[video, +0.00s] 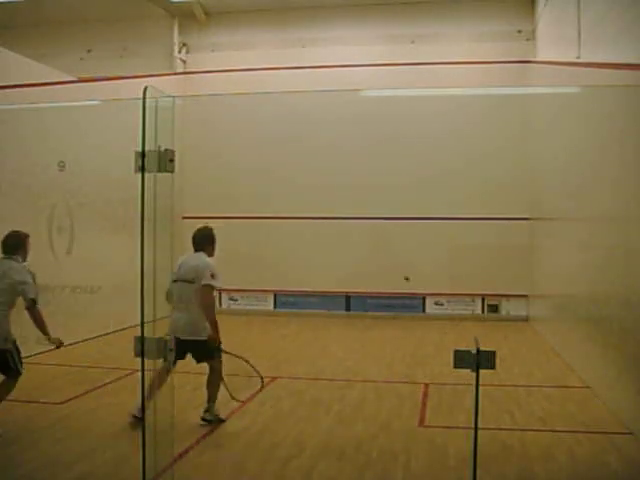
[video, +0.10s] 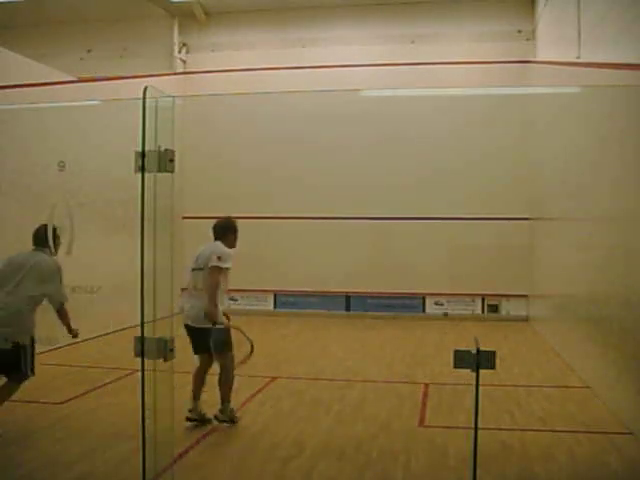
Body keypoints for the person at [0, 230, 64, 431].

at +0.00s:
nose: (28, 251)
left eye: (27, 247)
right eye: (26, 247)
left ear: (6, 247)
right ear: (20, 249)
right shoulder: (21, 273)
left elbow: (31, 308)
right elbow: (32, 307)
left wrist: (48, 336)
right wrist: (48, 336)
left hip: (4, 334)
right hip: (3, 335)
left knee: (13, 371)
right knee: (13, 371)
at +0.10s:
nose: (59, 246)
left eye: (58, 242)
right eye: (57, 242)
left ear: (34, 241)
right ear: (52, 243)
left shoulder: (13, 259)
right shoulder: (49, 265)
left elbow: (2, 282)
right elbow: (58, 302)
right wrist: (69, 328)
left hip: (1, 322)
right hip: (18, 326)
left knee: (10, 373)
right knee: (18, 376)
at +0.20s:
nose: (87, 235)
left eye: (87, 231)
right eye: (86, 231)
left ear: (65, 230)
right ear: (78, 231)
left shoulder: (41, 250)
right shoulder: (79, 254)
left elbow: (20, 281)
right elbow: (86, 288)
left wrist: (12, 312)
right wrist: (89, 309)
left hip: (31, 315)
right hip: (52, 318)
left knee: (55, 357)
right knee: (36, 367)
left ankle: (58, 403)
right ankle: (5, 403)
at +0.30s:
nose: (113, 232)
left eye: (112, 227)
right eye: (111, 228)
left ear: (90, 229)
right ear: (102, 229)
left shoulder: (71, 251)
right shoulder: (105, 251)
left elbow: (51, 283)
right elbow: (111, 283)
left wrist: (48, 312)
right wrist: (114, 303)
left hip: (70, 315)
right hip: (86, 317)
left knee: (98, 355)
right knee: (70, 366)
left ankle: (116, 401)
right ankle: (25, 403)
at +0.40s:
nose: (137, 235)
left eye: (136, 230)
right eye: (134, 230)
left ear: (114, 234)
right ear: (125, 233)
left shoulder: (98, 257)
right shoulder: (127, 258)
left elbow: (82, 292)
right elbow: (134, 296)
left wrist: (82, 321)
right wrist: (147, 314)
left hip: (100, 322)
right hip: (116, 324)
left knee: (130, 362)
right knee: (114, 374)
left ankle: (129, 407)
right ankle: (76, 397)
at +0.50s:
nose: (162, 230)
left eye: (160, 225)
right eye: (159, 226)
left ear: (138, 230)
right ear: (150, 229)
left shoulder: (123, 252)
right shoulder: (149, 253)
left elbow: (113, 285)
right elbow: (150, 291)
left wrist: (118, 311)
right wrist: (167, 315)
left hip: (122, 322)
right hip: (140, 322)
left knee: (139, 361)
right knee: (165, 357)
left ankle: (132, 404)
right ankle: (133, 398)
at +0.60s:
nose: (184, 224)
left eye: (182, 220)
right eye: (180, 220)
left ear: (162, 223)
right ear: (169, 223)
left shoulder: (147, 245)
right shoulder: (168, 249)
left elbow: (137, 274)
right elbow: (169, 289)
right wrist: (188, 315)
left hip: (141, 314)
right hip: (162, 316)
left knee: (145, 358)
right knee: (189, 352)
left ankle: (131, 403)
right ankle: (191, 405)